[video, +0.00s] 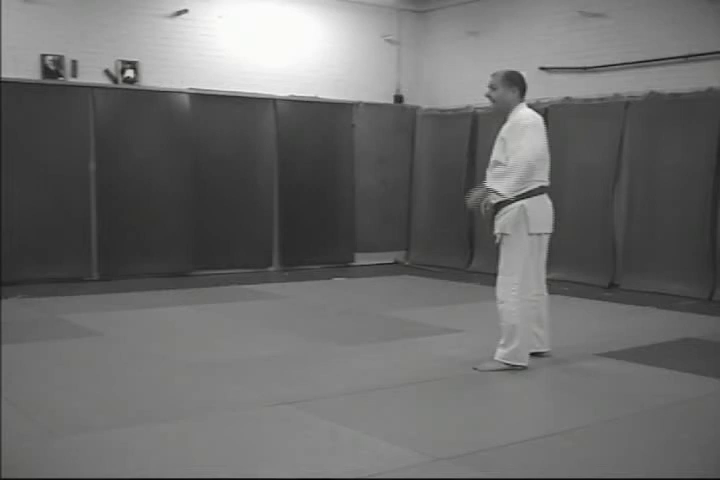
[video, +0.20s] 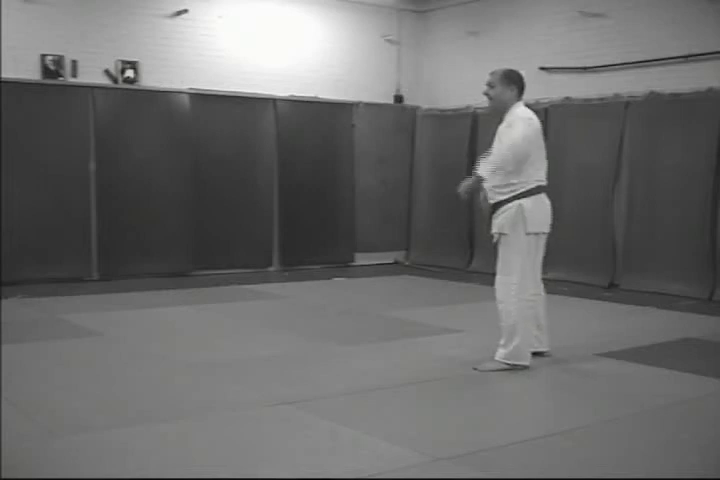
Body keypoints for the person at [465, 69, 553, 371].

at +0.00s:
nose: (488, 94)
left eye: (494, 89)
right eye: (489, 89)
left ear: (514, 92)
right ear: (512, 93)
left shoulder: (525, 121)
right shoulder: (518, 121)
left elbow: (522, 166)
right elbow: (511, 169)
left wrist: (492, 193)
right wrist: (487, 189)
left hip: (524, 211)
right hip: (529, 208)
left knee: (511, 286)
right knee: (532, 282)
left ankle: (511, 356)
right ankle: (536, 343)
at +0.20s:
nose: (485, 92)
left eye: (491, 87)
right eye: (486, 87)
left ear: (511, 91)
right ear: (510, 92)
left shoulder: (519, 122)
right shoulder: (517, 120)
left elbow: (503, 159)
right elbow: (504, 162)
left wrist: (477, 178)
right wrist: (483, 179)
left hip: (521, 211)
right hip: (528, 208)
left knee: (510, 284)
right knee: (529, 281)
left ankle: (513, 355)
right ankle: (536, 343)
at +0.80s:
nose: (466, 93)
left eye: (472, 88)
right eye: (468, 87)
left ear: (491, 93)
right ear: (492, 93)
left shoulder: (495, 125)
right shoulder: (500, 121)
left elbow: (497, 175)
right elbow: (497, 173)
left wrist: (492, 219)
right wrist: (490, 214)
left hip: (512, 213)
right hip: (513, 211)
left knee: (508, 285)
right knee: (507, 282)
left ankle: (511, 357)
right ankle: (504, 341)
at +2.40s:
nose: (449, 94)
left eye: (455, 89)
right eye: (451, 89)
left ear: (472, 93)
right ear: (477, 93)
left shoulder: (471, 123)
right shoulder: (486, 120)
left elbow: (465, 168)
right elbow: (474, 168)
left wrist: (454, 211)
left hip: (480, 207)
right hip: (486, 204)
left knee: (479, 278)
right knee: (466, 275)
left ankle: (491, 351)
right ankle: (466, 339)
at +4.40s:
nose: (418, 122)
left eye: (423, 116)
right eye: (419, 116)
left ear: (440, 120)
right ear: (442, 121)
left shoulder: (453, 150)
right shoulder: (455, 146)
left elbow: (447, 199)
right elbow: (449, 200)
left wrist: (424, 243)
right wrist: (428, 236)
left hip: (485, 229)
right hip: (472, 228)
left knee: (459, 290)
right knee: (440, 273)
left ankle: (490, 352)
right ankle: (447, 337)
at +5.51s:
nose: (387, 153)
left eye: (391, 147)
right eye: (389, 147)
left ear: (407, 147)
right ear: (415, 148)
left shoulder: (426, 173)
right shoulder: (443, 163)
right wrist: (448, 253)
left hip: (488, 230)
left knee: (443, 288)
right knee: (433, 276)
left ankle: (473, 353)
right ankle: (454, 335)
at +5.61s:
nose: (389, 160)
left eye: (383, 153)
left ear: (392, 142)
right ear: (417, 143)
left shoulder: (426, 170)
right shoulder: (448, 161)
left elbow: (436, 192)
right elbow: (482, 188)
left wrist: (397, 171)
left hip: (472, 240)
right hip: (487, 233)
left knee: (436, 301)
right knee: (433, 275)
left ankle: (473, 354)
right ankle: (449, 333)